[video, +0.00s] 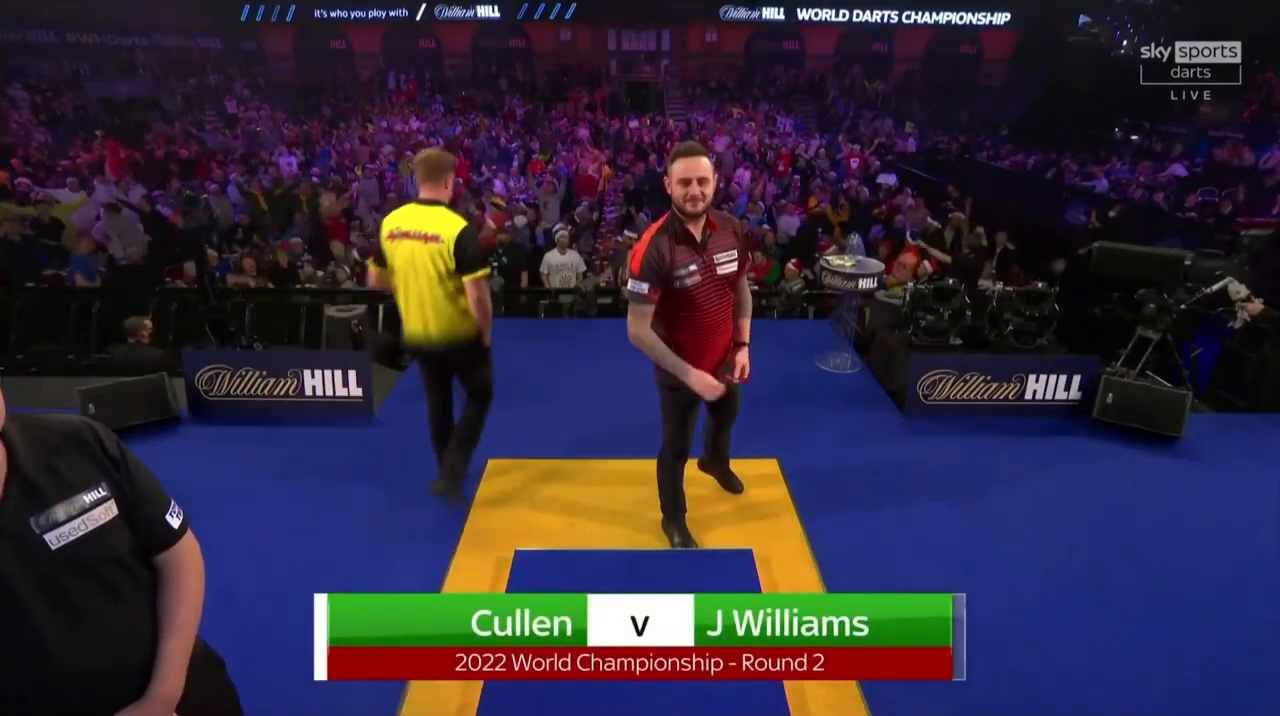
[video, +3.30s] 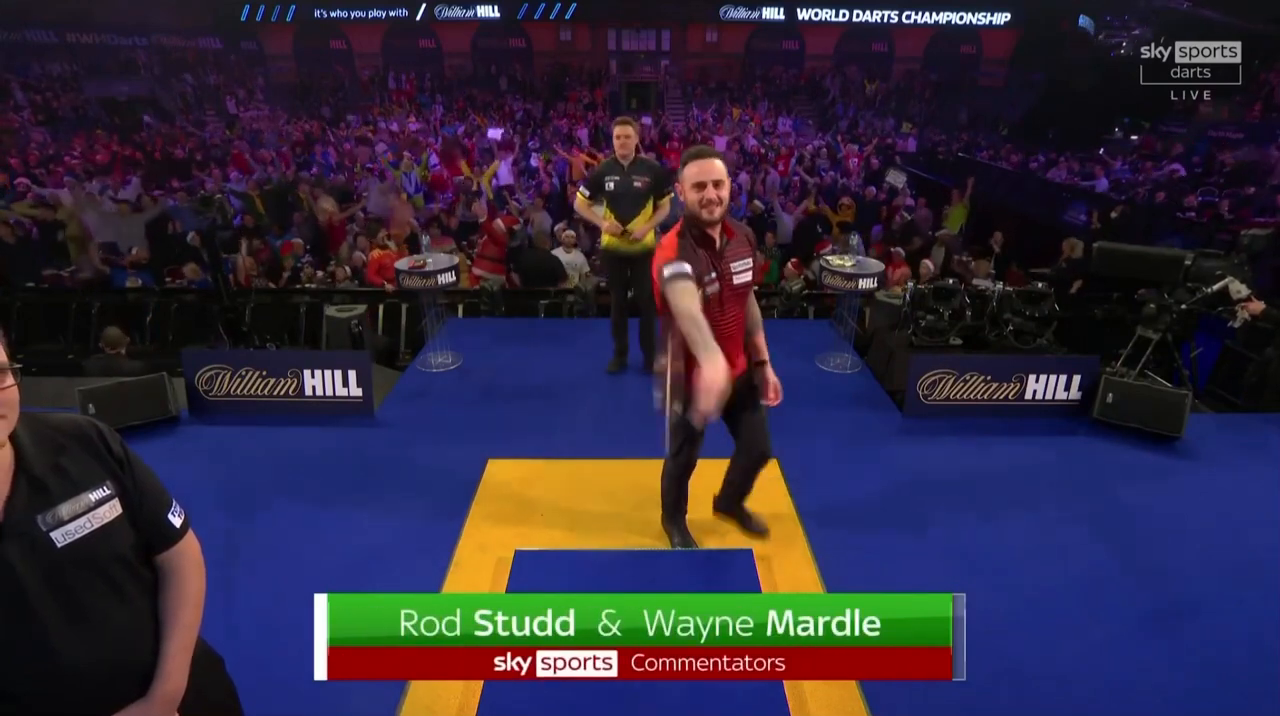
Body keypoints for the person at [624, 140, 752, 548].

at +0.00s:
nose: (694, 191)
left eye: (702, 181)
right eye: (685, 182)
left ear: (714, 184)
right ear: (669, 186)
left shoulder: (731, 230)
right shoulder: (653, 248)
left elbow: (742, 290)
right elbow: (638, 330)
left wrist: (743, 345)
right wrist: (691, 374)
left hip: (723, 358)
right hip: (679, 367)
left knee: (727, 411)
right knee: (677, 447)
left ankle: (714, 460)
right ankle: (673, 519)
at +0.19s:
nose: (692, 186)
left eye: (699, 177)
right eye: (682, 178)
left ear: (711, 182)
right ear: (666, 184)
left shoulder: (727, 228)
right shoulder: (653, 243)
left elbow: (740, 285)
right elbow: (636, 315)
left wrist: (745, 343)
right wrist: (665, 335)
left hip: (722, 355)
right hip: (679, 365)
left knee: (728, 409)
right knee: (677, 447)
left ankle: (715, 460)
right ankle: (673, 520)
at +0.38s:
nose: (687, 185)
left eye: (695, 176)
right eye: (677, 177)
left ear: (707, 180)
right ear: (663, 185)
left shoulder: (725, 226)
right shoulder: (652, 237)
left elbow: (740, 284)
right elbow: (633, 303)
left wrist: (745, 342)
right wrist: (653, 265)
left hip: (724, 352)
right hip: (681, 361)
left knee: (730, 410)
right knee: (677, 446)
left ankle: (715, 460)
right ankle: (674, 520)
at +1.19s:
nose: (695, 185)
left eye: (702, 176)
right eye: (684, 178)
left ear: (713, 180)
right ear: (667, 186)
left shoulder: (725, 228)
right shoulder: (660, 241)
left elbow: (737, 289)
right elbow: (670, 285)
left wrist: (745, 346)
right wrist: (673, 307)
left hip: (724, 354)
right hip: (683, 361)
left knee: (728, 412)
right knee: (678, 447)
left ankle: (719, 457)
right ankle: (674, 520)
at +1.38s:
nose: (697, 188)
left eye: (704, 178)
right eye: (686, 181)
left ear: (714, 181)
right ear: (669, 187)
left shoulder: (726, 229)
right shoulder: (661, 243)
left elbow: (737, 287)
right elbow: (674, 312)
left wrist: (743, 345)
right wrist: (696, 369)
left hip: (722, 355)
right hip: (679, 363)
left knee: (723, 415)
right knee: (677, 445)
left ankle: (713, 462)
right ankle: (674, 520)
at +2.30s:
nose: (693, 188)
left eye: (701, 179)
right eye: (683, 180)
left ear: (713, 183)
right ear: (667, 187)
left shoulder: (729, 229)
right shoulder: (657, 242)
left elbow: (743, 289)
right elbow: (636, 310)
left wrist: (747, 347)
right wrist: (659, 316)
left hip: (724, 354)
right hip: (680, 364)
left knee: (731, 416)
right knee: (679, 445)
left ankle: (714, 462)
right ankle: (674, 520)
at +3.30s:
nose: (711, 194)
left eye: (718, 184)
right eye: (699, 187)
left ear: (729, 187)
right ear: (681, 193)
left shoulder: (741, 238)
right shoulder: (673, 249)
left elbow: (747, 300)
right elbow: (686, 311)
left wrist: (763, 362)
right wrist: (712, 360)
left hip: (736, 363)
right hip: (689, 368)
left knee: (757, 448)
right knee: (682, 456)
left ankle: (730, 501)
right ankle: (674, 520)